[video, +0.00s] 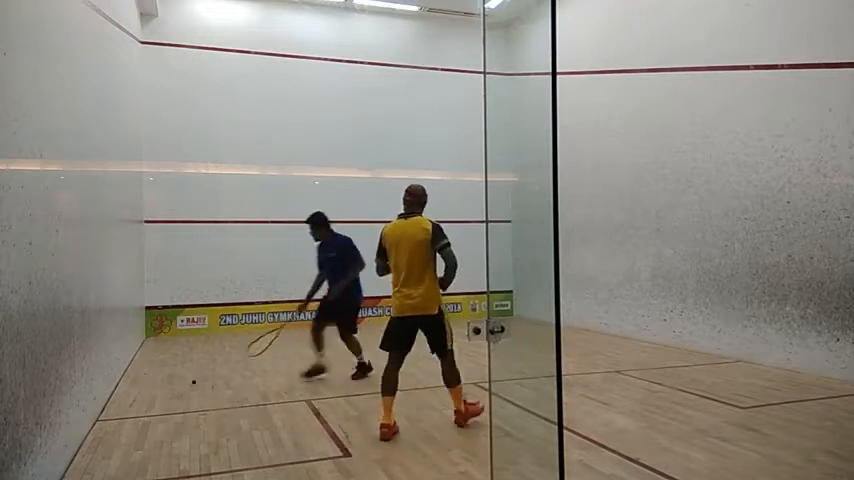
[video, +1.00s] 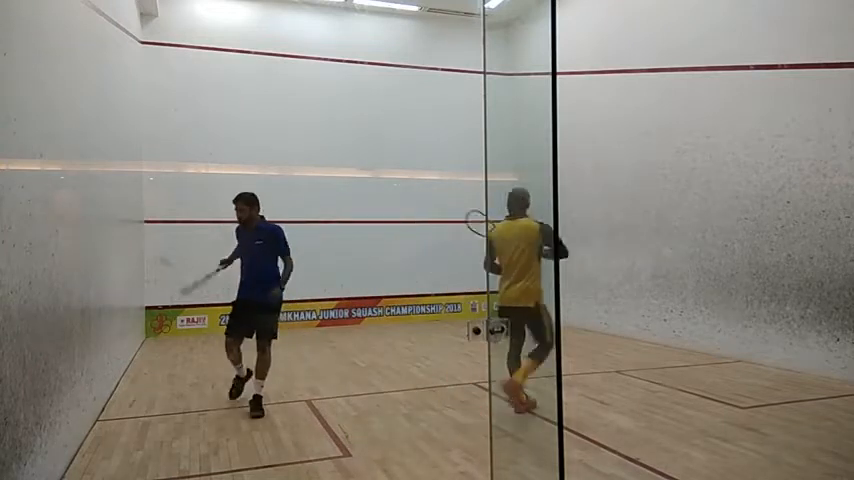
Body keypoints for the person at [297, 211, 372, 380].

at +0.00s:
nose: (311, 233)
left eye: (313, 229)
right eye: (310, 230)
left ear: (322, 227)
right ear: (321, 228)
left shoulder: (344, 242)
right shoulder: (322, 248)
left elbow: (359, 264)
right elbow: (322, 274)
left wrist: (340, 286)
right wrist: (307, 299)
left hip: (350, 293)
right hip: (333, 293)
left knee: (346, 334)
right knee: (317, 327)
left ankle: (363, 363)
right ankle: (320, 363)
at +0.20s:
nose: (265, 241)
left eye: (267, 236)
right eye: (264, 237)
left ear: (276, 231)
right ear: (270, 235)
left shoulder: (300, 242)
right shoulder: (275, 257)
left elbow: (325, 260)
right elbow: (277, 285)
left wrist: (315, 286)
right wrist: (265, 311)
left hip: (311, 297)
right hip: (291, 300)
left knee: (322, 342)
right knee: (270, 339)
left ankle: (351, 357)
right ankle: (251, 382)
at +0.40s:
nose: (236, 248)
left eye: (236, 243)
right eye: (233, 245)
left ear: (245, 237)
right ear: (238, 243)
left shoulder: (274, 242)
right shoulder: (245, 265)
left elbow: (299, 260)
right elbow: (244, 297)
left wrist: (302, 285)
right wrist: (235, 325)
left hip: (292, 298)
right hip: (270, 302)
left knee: (282, 340)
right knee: (251, 340)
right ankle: (250, 383)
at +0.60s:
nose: (223, 233)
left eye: (224, 228)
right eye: (220, 229)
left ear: (236, 223)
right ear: (225, 229)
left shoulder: (265, 233)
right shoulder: (233, 253)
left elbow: (291, 249)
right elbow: (236, 282)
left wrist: (302, 274)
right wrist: (228, 310)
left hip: (280, 293)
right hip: (257, 295)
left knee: (272, 340)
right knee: (247, 340)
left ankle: (265, 386)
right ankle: (249, 383)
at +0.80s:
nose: (228, 225)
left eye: (231, 220)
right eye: (226, 221)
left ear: (243, 216)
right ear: (228, 220)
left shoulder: (266, 233)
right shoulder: (233, 242)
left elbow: (290, 256)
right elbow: (234, 264)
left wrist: (296, 282)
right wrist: (228, 285)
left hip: (270, 297)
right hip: (248, 297)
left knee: (264, 345)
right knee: (242, 346)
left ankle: (257, 393)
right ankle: (248, 381)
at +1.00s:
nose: (237, 214)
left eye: (241, 210)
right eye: (236, 210)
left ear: (255, 209)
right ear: (238, 211)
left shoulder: (273, 231)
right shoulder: (241, 231)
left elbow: (288, 264)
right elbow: (242, 248)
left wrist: (280, 286)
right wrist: (229, 259)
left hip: (269, 297)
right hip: (246, 295)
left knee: (263, 347)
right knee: (231, 344)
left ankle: (257, 395)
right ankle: (241, 374)